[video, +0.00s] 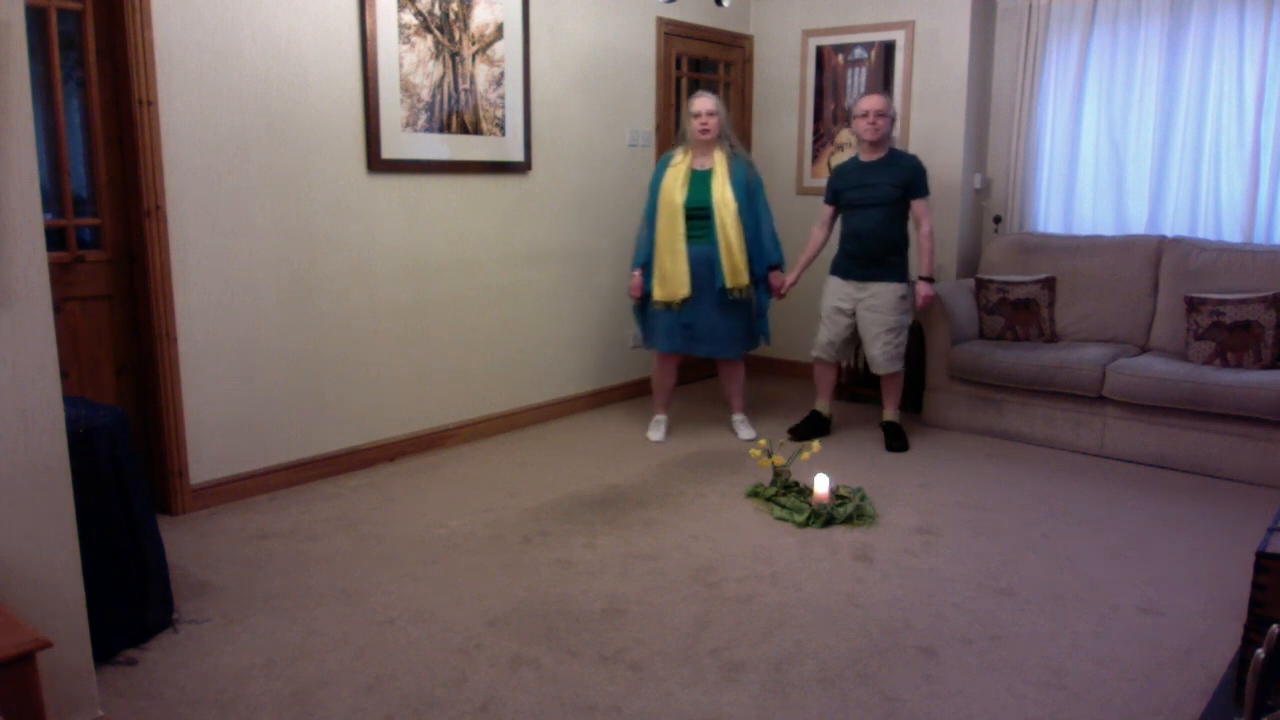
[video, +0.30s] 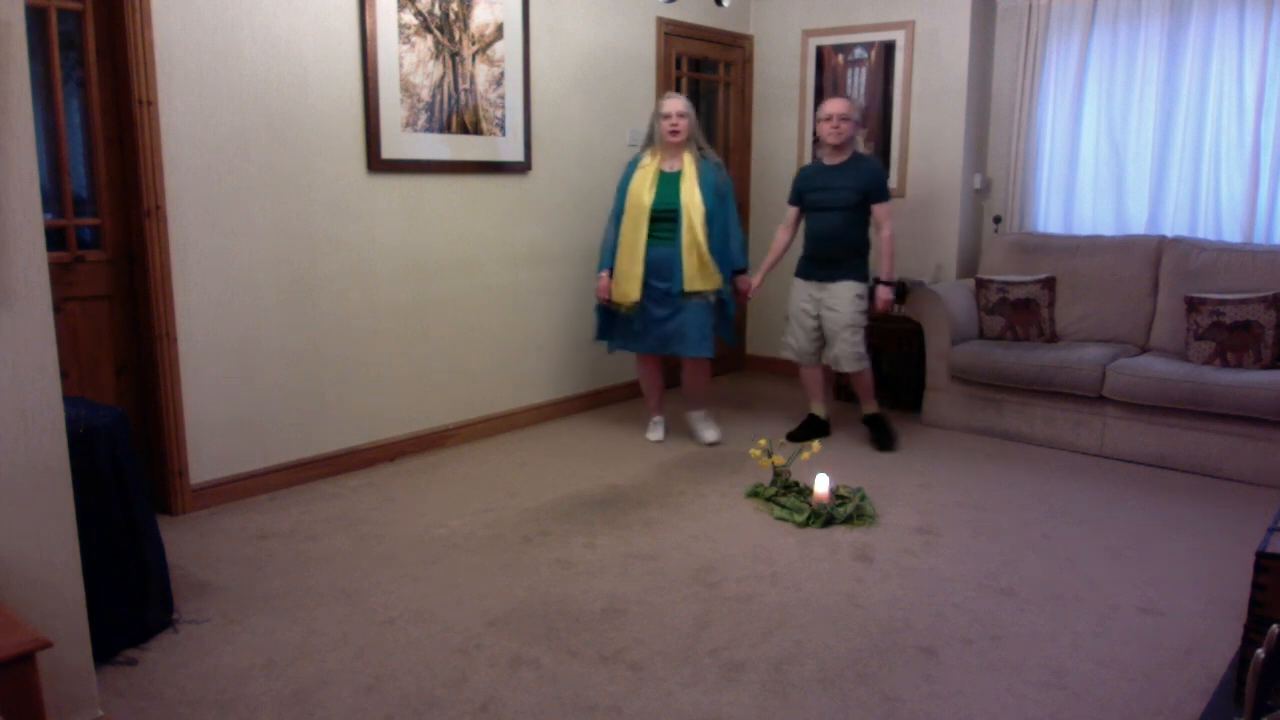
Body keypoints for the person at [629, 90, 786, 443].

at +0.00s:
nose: (704, 121)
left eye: (711, 115)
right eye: (697, 116)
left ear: (722, 120)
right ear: (687, 122)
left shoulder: (739, 166)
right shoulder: (668, 166)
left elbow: (760, 219)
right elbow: (651, 222)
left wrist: (773, 267)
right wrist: (639, 269)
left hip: (727, 272)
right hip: (673, 273)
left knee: (730, 347)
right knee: (667, 348)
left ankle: (738, 413)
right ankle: (660, 414)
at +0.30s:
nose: (674, 123)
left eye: (681, 116)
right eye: (666, 117)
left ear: (692, 122)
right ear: (656, 123)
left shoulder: (710, 169)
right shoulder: (637, 167)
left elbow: (729, 224)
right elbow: (617, 222)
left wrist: (739, 271)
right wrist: (605, 270)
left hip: (694, 276)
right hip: (643, 277)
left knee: (697, 347)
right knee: (648, 348)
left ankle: (698, 412)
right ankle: (655, 416)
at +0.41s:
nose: (668, 121)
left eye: (675, 115)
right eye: (661, 115)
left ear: (686, 120)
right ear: (650, 121)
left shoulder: (704, 169)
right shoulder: (630, 166)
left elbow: (722, 222)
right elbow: (610, 222)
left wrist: (731, 269)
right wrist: (599, 272)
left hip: (687, 274)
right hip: (637, 274)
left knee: (680, 347)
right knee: (646, 348)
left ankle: (666, 420)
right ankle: (655, 417)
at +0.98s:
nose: (637, 116)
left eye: (645, 110)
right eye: (630, 111)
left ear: (656, 119)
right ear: (617, 119)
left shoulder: (674, 167)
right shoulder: (597, 166)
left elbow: (692, 225)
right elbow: (577, 229)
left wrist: (700, 277)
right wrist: (570, 282)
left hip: (661, 283)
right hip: (607, 283)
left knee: (648, 367)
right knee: (606, 367)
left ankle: (632, 442)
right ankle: (621, 409)